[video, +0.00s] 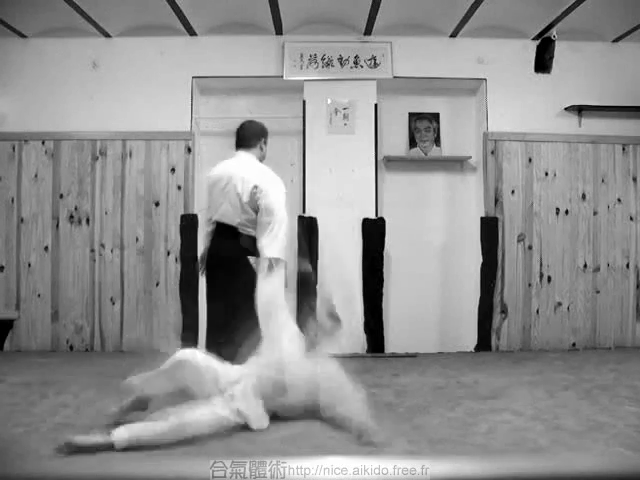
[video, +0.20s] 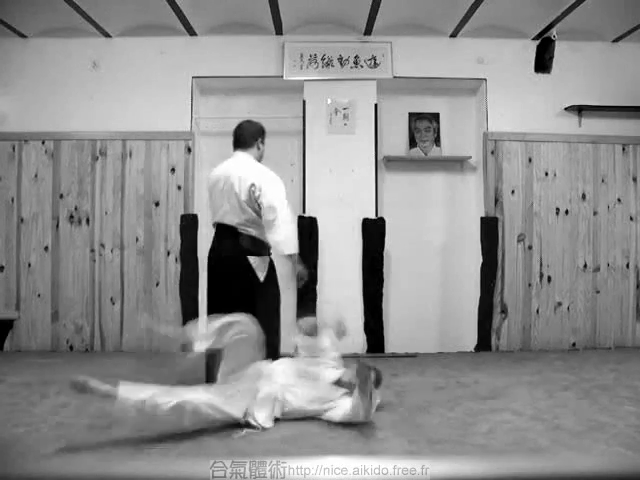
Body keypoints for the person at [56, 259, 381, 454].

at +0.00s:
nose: (322, 324)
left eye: (331, 322)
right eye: (320, 316)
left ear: (335, 334)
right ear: (310, 316)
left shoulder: (327, 377)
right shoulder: (286, 334)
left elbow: (350, 408)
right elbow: (269, 297)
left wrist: (367, 430)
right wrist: (274, 265)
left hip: (240, 408)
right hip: (229, 376)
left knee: (183, 423)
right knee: (183, 361)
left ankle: (112, 439)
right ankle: (134, 399)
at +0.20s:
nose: (351, 372)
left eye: (356, 375)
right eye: (355, 370)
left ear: (352, 386)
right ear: (349, 369)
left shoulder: (336, 402)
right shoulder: (323, 364)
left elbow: (357, 414)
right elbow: (305, 331)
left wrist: (365, 392)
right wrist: (328, 332)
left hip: (245, 401)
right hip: (242, 371)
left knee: (183, 400)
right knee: (246, 322)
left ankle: (112, 391)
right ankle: (189, 341)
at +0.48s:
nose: (356, 379)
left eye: (362, 382)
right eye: (359, 371)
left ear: (358, 389)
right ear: (353, 361)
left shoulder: (335, 403)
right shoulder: (324, 358)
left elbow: (360, 416)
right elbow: (299, 341)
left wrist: (369, 388)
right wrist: (326, 345)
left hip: (247, 410)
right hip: (251, 373)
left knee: (186, 426)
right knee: (243, 337)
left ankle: (109, 435)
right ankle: (189, 355)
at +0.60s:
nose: (349, 375)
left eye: (356, 378)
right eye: (352, 367)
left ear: (357, 386)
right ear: (346, 359)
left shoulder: (335, 401)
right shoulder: (321, 352)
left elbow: (366, 425)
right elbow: (280, 346)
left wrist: (368, 396)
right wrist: (292, 350)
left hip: (244, 412)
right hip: (246, 375)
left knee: (180, 428)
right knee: (224, 346)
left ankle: (109, 439)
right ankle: (147, 366)